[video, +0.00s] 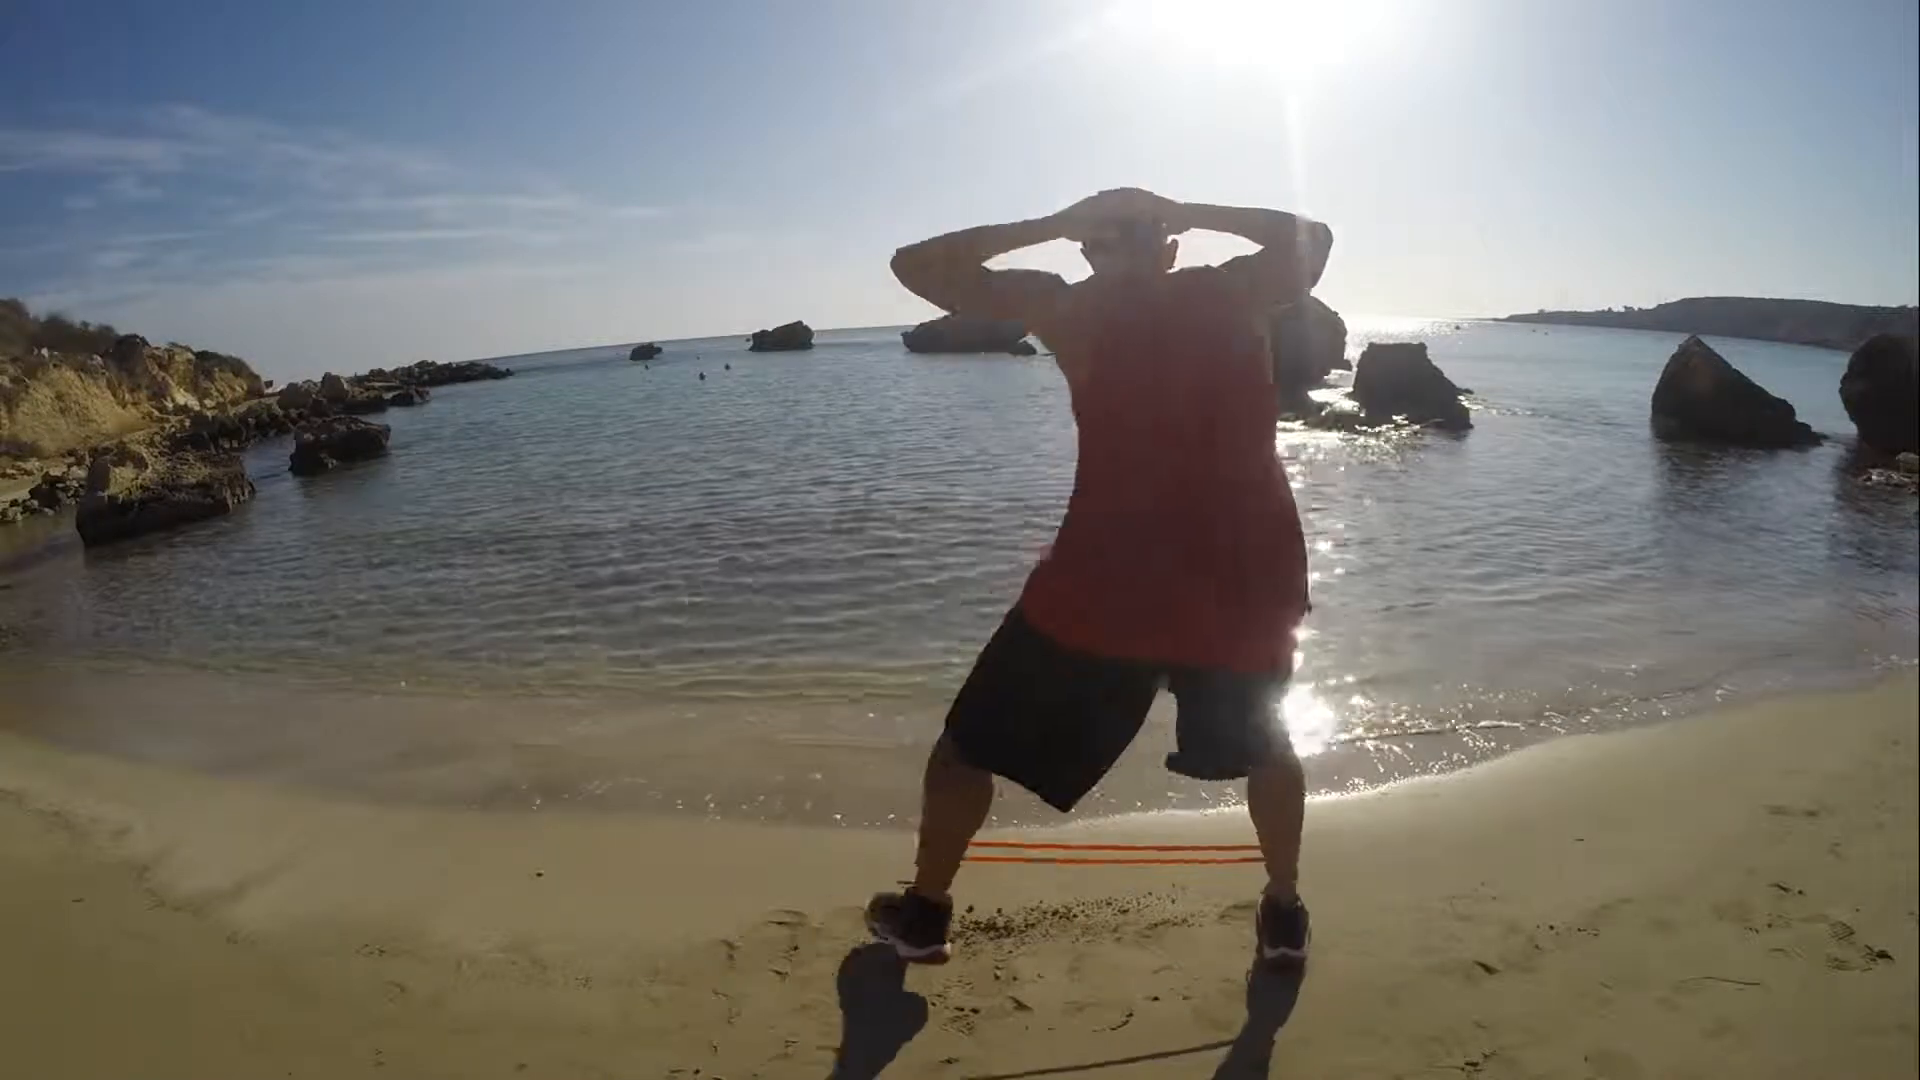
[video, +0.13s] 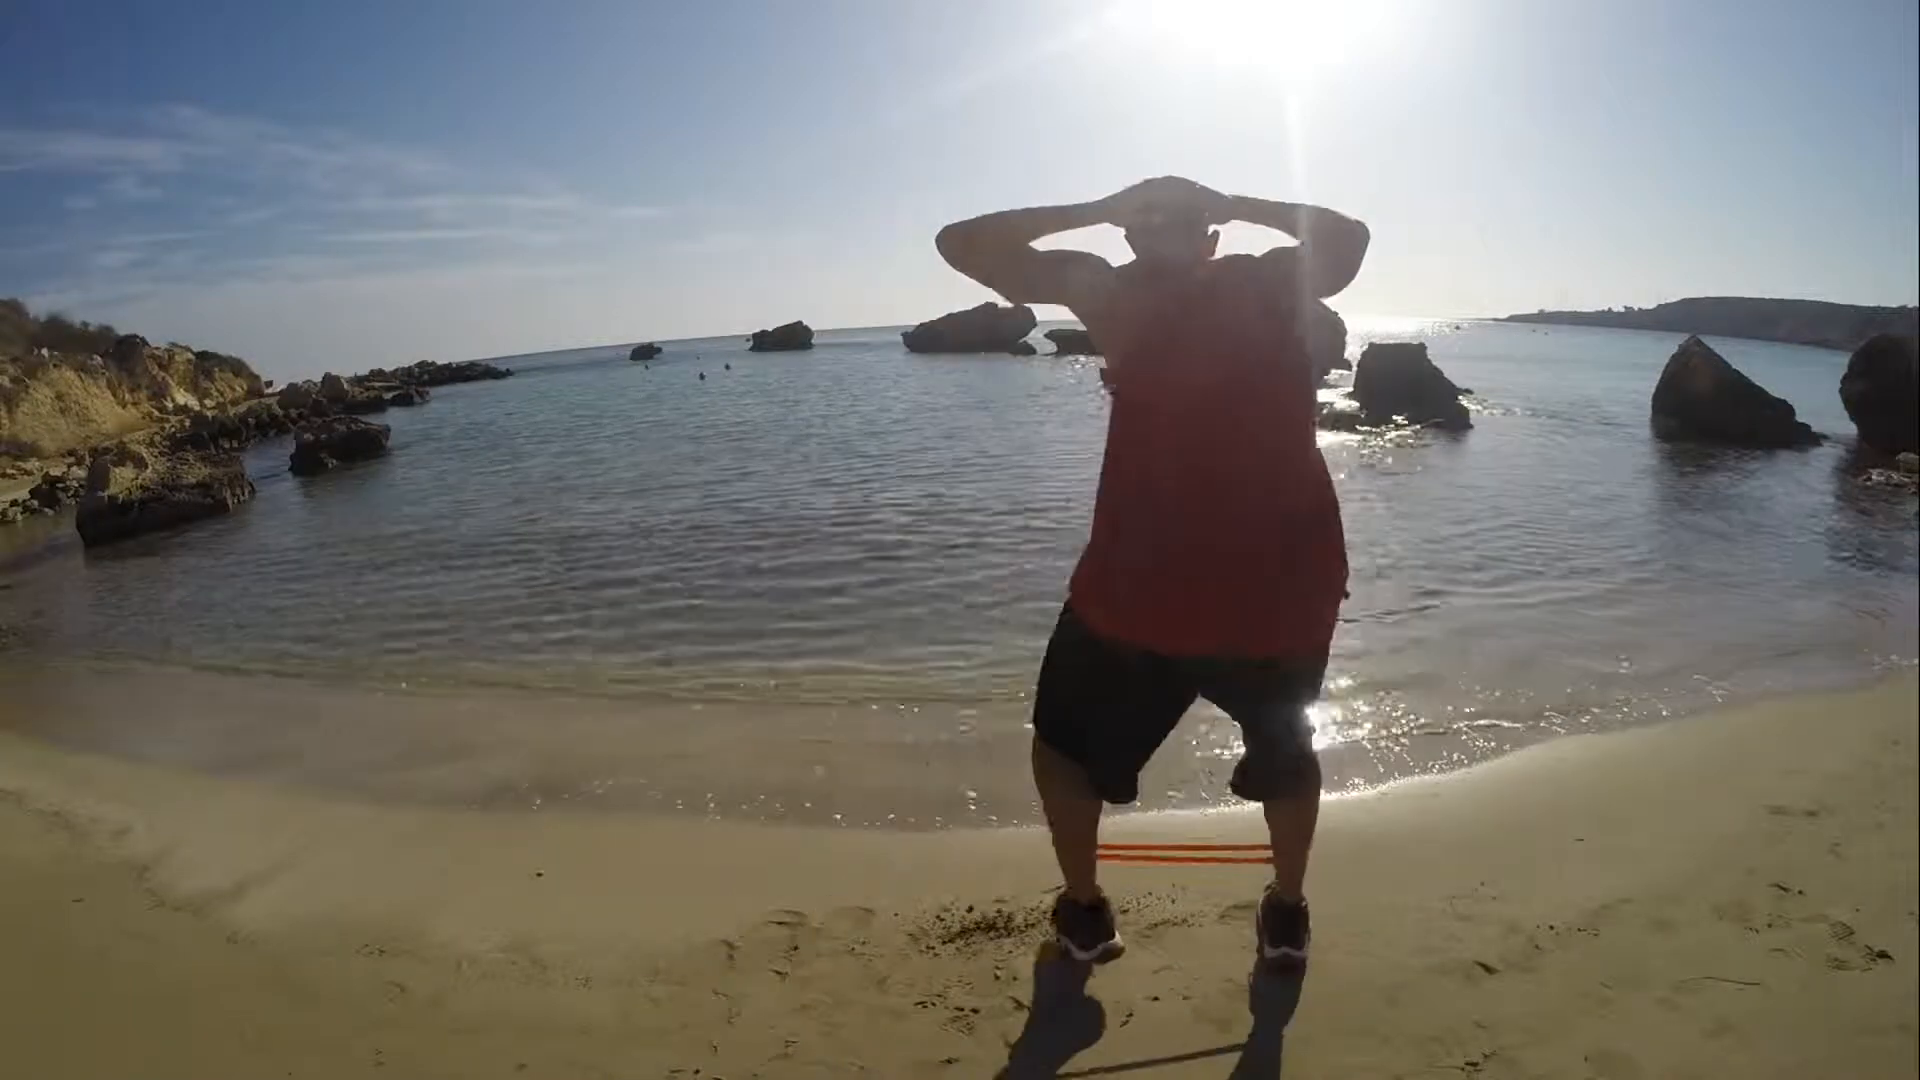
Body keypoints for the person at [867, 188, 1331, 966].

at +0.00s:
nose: (1094, 258)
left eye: (1097, 244)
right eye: (1096, 244)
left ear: (1095, 249)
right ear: (1166, 240)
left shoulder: (1071, 312)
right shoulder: (1237, 292)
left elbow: (917, 265)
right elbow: (1308, 237)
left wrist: (1051, 225)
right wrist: (1195, 213)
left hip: (1107, 563)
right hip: (1244, 568)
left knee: (969, 741)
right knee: (1267, 741)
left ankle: (927, 908)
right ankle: (1284, 908)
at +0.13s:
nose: (1142, 241)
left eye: (1144, 225)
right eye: (1145, 225)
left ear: (1138, 233)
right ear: (1210, 229)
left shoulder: (1113, 297)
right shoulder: (1277, 282)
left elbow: (961, 242)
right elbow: (1347, 235)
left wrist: (1097, 210)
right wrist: (1237, 204)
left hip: (1145, 570)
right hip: (1280, 573)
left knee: (1065, 734)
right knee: (1285, 738)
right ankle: (1287, 908)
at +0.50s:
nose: (1189, 248)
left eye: (1189, 236)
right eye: (1196, 236)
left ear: (1183, 246)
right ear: (1255, 244)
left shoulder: (1152, 303)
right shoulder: (1320, 301)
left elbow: (1013, 246)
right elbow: (1385, 266)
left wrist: (1147, 222)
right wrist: (1286, 227)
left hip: (1158, 567)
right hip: (1296, 576)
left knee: (1042, 719)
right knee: (1278, 729)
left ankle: (1030, 902)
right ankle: (1285, 910)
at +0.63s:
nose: (1166, 247)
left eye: (1168, 236)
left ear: (1165, 246)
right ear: (1240, 246)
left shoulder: (1136, 303)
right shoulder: (1306, 307)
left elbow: (997, 239)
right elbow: (1369, 269)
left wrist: (1133, 219)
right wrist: (1267, 228)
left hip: (1126, 568)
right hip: (1268, 580)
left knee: (966, 723)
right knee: (1271, 739)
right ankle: (1284, 911)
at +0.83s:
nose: (1116, 265)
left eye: (1117, 253)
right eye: (1114, 254)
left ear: (1089, 270)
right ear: (1157, 271)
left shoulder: (1044, 330)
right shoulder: (1217, 336)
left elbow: (907, 266)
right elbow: (1292, 284)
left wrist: (1047, 244)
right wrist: (1181, 247)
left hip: (1032, 606)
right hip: (1183, 613)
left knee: (884, 773)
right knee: (1243, 763)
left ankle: (788, 932)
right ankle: (1279, 910)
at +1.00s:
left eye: (988, 239)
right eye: (1027, 239)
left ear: (961, 254)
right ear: (1048, 259)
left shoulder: (913, 318)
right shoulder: (1101, 323)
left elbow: (789, 252)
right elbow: (1196, 277)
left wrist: (929, 228)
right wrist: (1077, 233)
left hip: (924, 604)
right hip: (1080, 604)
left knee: (817, 768)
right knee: (1184, 755)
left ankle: (773, 941)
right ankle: (1257, 898)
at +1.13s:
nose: (914, 223)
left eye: (903, 214)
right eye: (934, 213)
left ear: (878, 238)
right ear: (968, 239)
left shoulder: (833, 298)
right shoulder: (1019, 297)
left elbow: (715, 234)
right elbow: (1128, 250)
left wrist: (851, 208)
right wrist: (995, 211)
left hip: (854, 593)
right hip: (1010, 585)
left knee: (785, 773)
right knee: (1092, 748)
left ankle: (771, 940)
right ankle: (1126, 904)